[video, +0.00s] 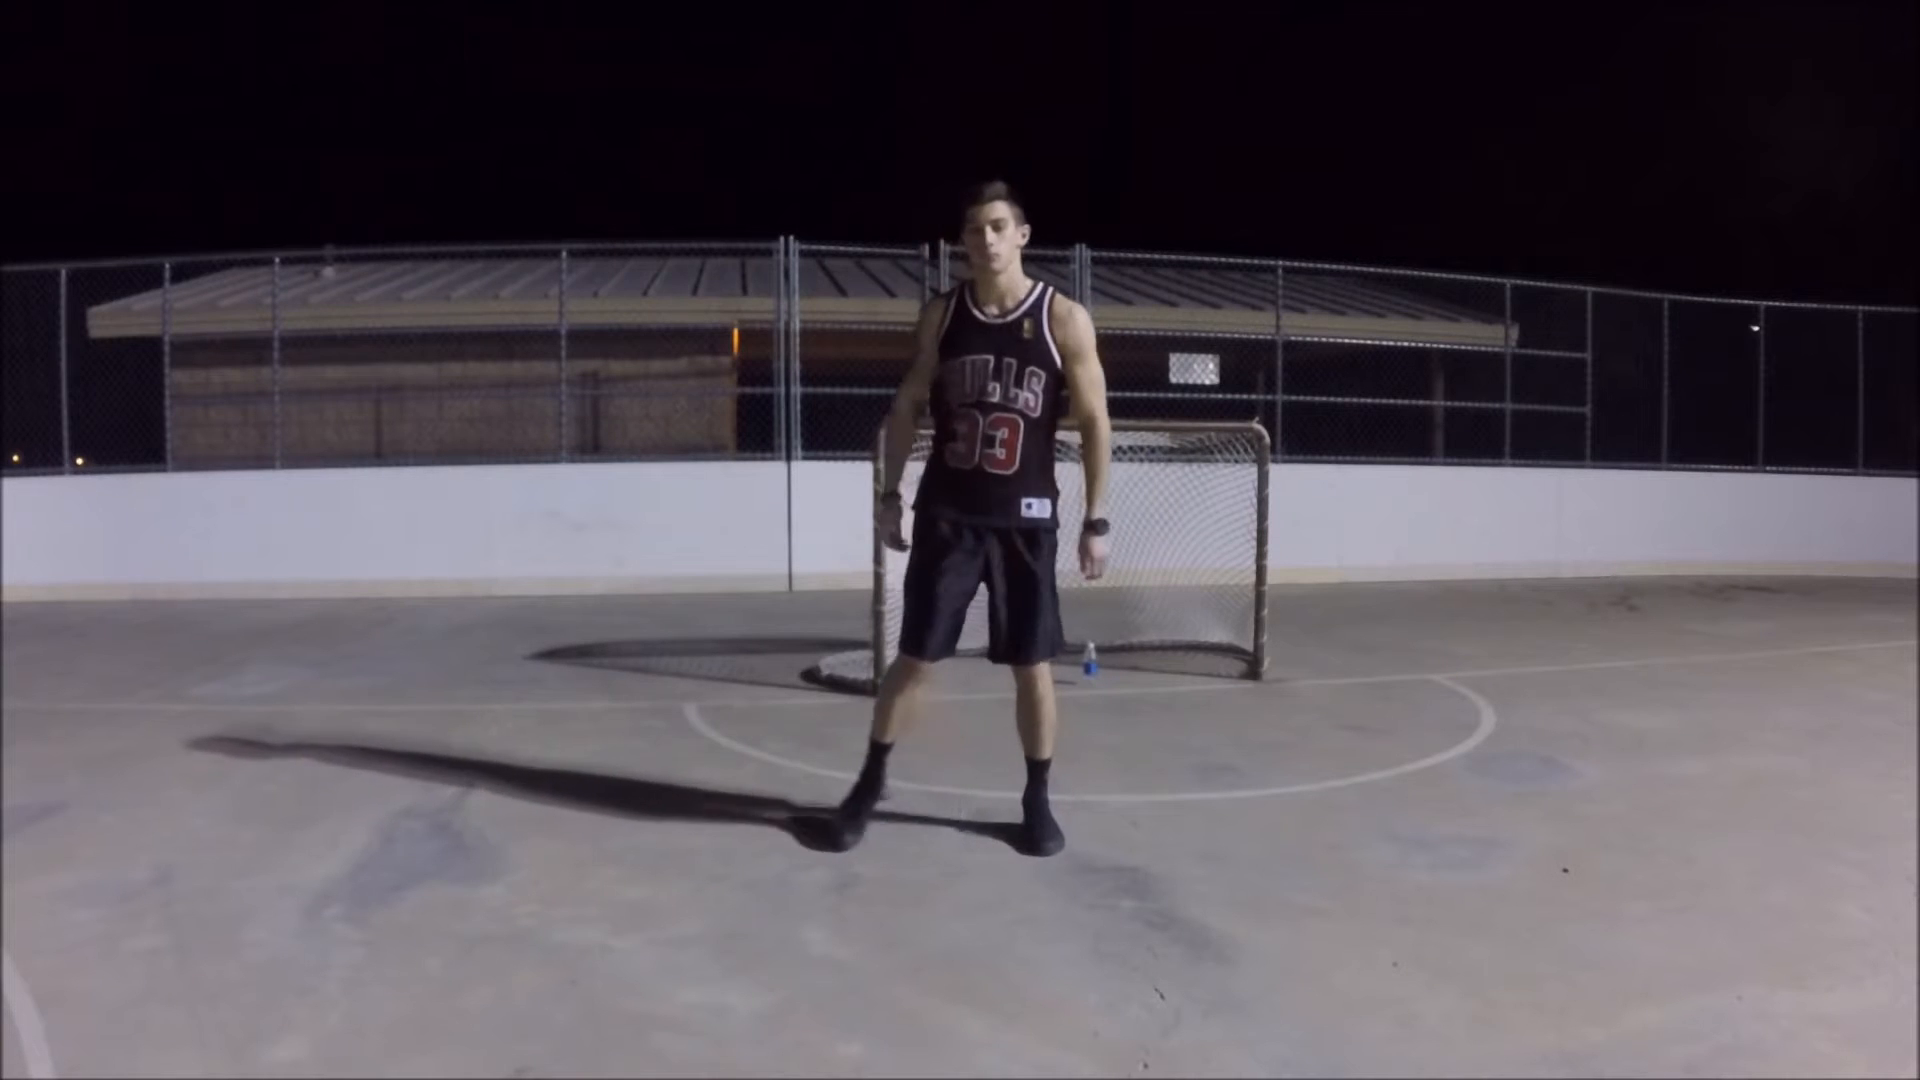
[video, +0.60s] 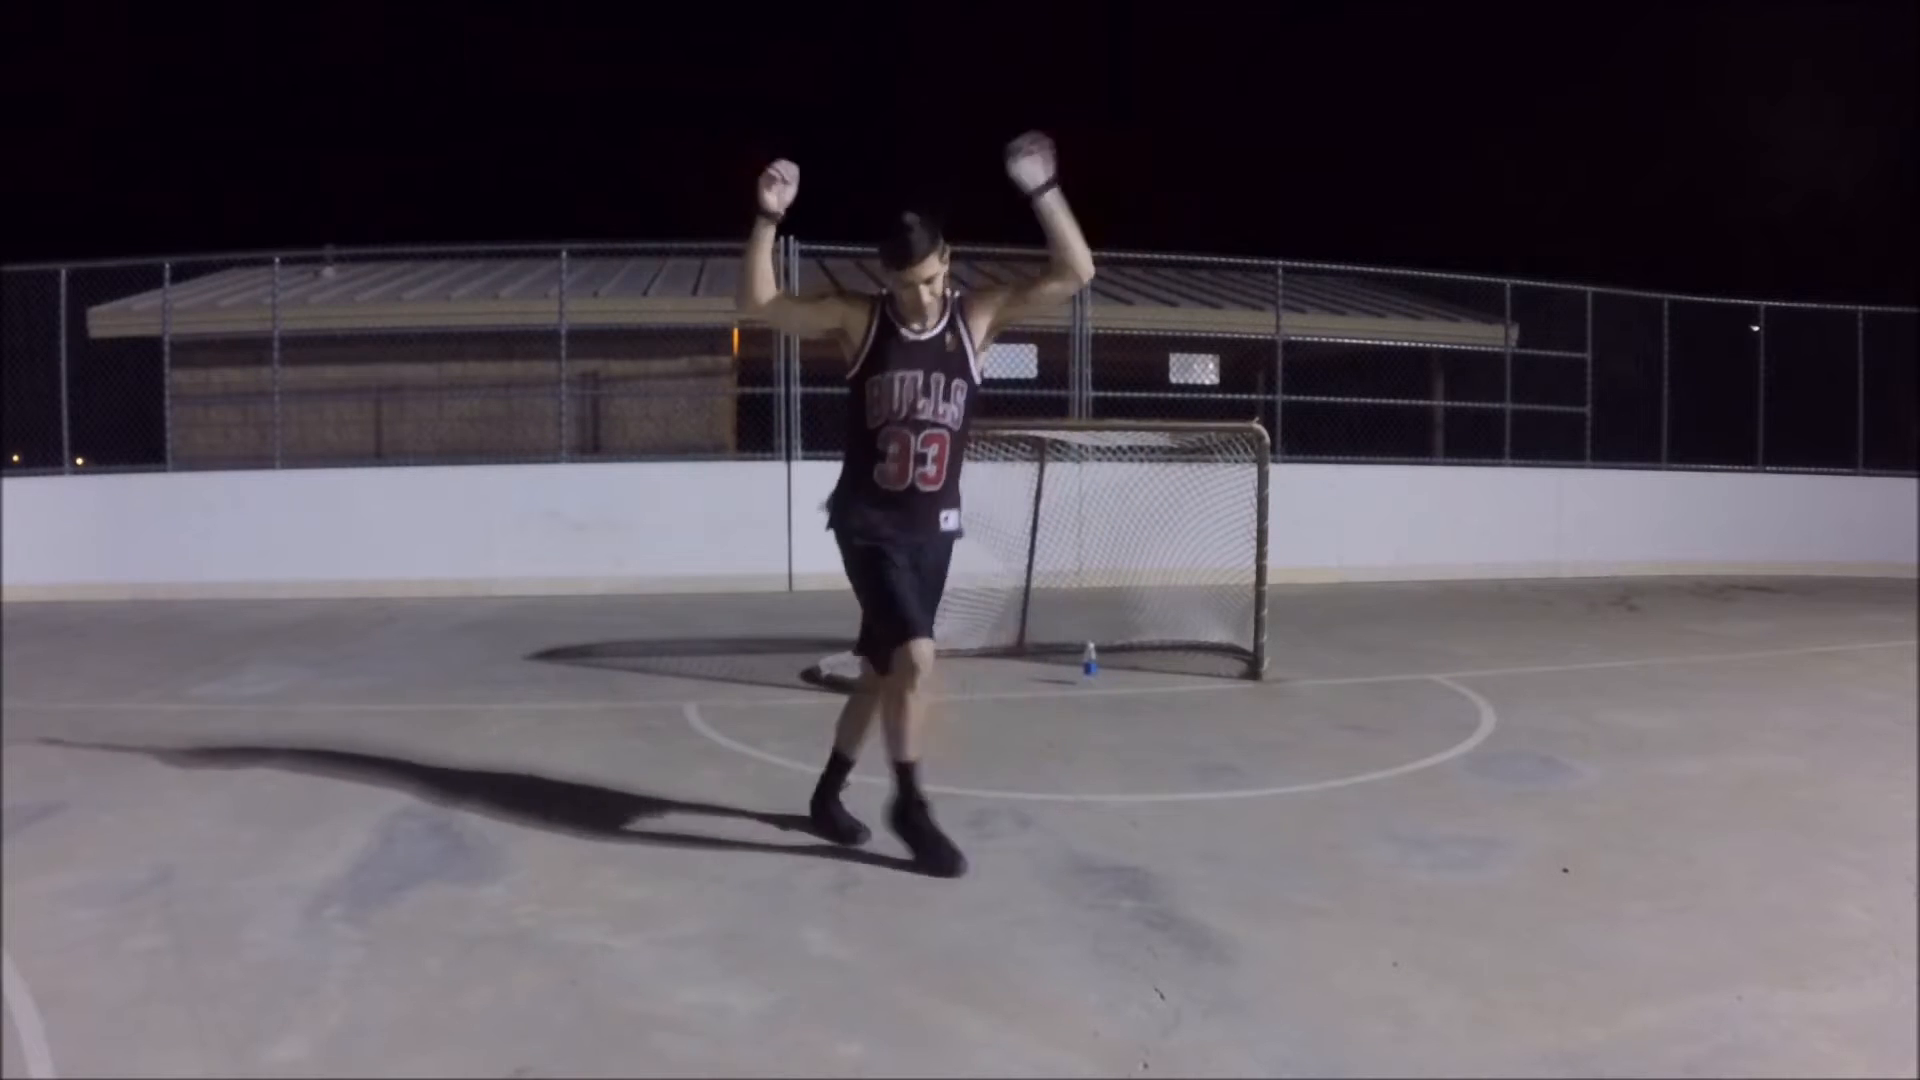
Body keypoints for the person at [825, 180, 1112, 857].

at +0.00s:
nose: (986, 239)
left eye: (997, 226)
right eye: (975, 230)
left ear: (1023, 235)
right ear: (960, 244)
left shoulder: (1064, 318)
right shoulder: (942, 316)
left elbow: (1094, 421)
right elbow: (908, 406)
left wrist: (1095, 520)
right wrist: (888, 490)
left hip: (1026, 523)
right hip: (947, 516)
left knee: (1032, 664)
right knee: (913, 658)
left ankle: (1038, 803)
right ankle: (867, 786)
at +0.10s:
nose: (980, 251)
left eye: (992, 239)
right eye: (970, 242)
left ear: (1018, 246)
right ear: (958, 252)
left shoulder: (1058, 325)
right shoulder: (936, 322)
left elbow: (1097, 419)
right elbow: (872, 397)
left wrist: (1127, 505)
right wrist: (845, 478)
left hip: (1024, 531)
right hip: (943, 527)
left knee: (1035, 674)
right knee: (891, 664)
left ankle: (1040, 803)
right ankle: (828, 789)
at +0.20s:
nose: (973, 268)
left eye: (985, 257)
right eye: (963, 257)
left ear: (1007, 261)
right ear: (949, 262)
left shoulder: (1045, 332)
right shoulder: (920, 329)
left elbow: (1122, 395)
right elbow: (838, 372)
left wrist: (1187, 442)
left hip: (1017, 540)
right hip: (932, 538)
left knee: (1039, 682)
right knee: (869, 674)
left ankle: (1040, 805)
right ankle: (804, 788)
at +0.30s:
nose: (964, 260)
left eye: (973, 246)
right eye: (952, 248)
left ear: (995, 237)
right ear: (933, 244)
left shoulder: (1032, 299)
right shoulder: (904, 301)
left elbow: (1128, 325)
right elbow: (802, 328)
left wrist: (1223, 326)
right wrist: (720, 307)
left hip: (997, 513)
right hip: (915, 510)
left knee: (1015, 656)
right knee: (874, 655)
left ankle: (1032, 799)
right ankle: (808, 777)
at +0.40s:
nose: (950, 256)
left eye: (961, 242)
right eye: (939, 244)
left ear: (978, 226)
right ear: (918, 232)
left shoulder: (1011, 271)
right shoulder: (883, 277)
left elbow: (1108, 258)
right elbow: (774, 282)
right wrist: (730, 224)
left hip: (976, 486)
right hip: (901, 487)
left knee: (971, 641)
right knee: (892, 641)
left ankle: (954, 775)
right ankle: (858, 785)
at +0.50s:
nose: (934, 272)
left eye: (942, 257)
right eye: (920, 261)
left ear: (963, 238)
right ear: (899, 247)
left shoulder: (995, 282)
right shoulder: (869, 286)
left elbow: (1090, 245)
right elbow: (770, 283)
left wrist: (1138, 169)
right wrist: (749, 203)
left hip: (955, 496)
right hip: (885, 498)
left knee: (902, 653)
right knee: (925, 656)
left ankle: (849, 778)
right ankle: (969, 807)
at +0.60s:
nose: (926, 295)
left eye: (935, 280)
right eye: (911, 284)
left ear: (949, 265)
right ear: (887, 276)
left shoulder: (978, 315)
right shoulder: (858, 318)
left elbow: (1077, 273)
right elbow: (758, 303)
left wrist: (1044, 191)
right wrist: (767, 220)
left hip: (935, 525)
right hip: (867, 520)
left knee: (884, 667)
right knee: (916, 655)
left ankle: (826, 794)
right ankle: (909, 806)